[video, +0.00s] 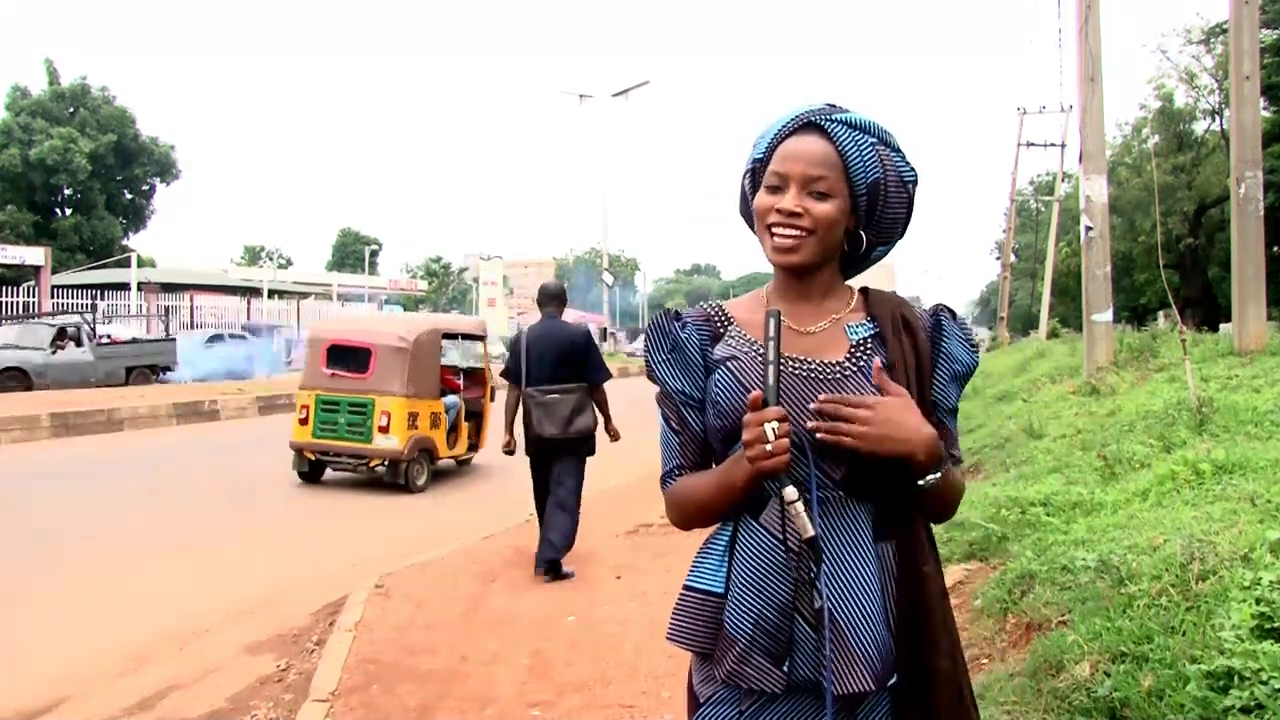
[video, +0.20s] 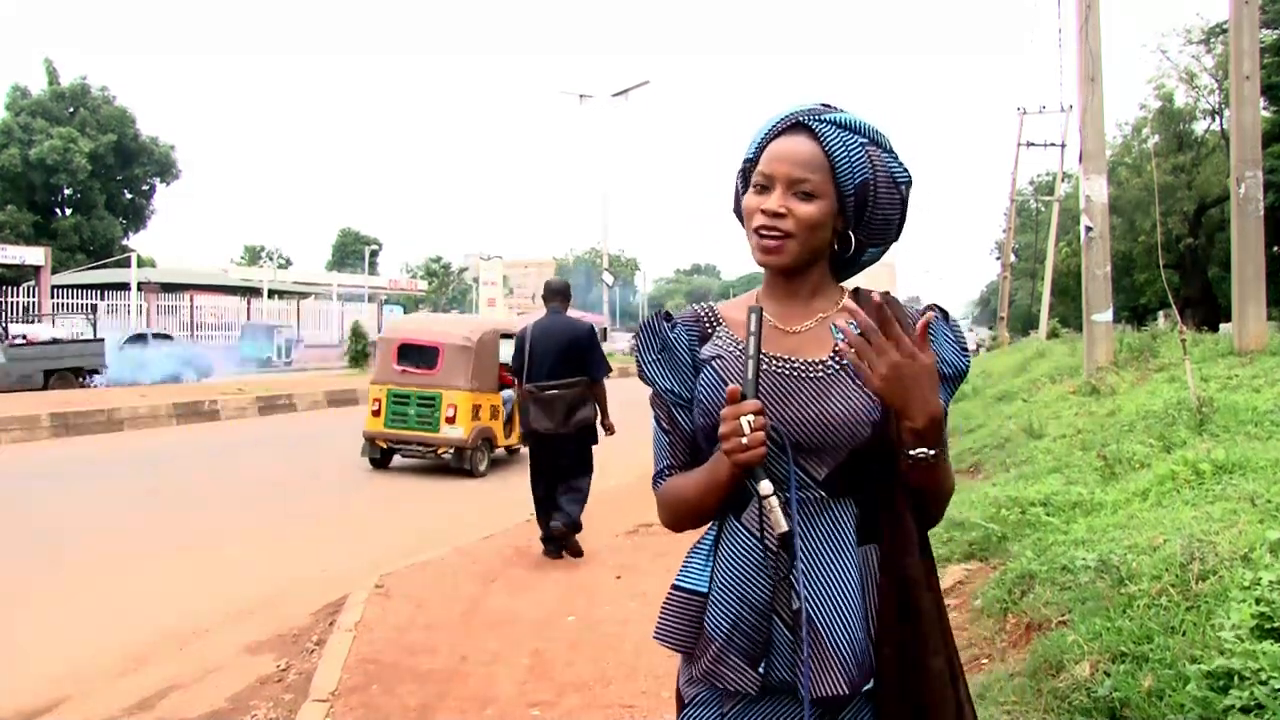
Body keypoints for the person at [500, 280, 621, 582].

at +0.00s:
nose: (557, 307)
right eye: (562, 302)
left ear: (538, 305)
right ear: (565, 304)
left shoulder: (523, 340)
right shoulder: (579, 336)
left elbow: (514, 389)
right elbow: (595, 387)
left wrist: (508, 431)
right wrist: (608, 420)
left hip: (538, 429)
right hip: (575, 428)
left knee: (543, 491)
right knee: (565, 494)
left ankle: (549, 552)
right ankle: (549, 560)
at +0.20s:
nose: (562, 303)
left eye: (554, 298)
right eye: (566, 299)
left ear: (543, 300)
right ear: (569, 300)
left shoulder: (526, 334)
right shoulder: (583, 331)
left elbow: (519, 382)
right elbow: (596, 380)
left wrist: (525, 422)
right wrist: (605, 415)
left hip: (538, 422)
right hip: (576, 421)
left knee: (544, 478)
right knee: (578, 473)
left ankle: (552, 542)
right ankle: (565, 520)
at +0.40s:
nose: (575, 305)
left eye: (567, 300)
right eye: (577, 301)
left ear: (554, 300)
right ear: (578, 302)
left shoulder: (534, 332)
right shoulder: (587, 332)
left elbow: (527, 373)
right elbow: (598, 381)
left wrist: (531, 414)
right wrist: (608, 415)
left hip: (542, 419)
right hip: (580, 418)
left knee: (545, 478)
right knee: (590, 474)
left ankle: (552, 542)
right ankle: (588, 530)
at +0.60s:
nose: (581, 308)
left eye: (575, 304)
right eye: (585, 304)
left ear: (566, 304)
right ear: (589, 306)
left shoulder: (547, 335)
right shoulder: (599, 338)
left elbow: (539, 372)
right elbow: (606, 385)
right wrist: (612, 421)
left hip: (554, 419)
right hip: (589, 418)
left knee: (554, 474)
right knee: (591, 471)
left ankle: (552, 536)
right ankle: (590, 524)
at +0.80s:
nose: (596, 304)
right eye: (599, 299)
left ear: (576, 302)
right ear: (599, 301)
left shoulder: (559, 330)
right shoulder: (611, 330)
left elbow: (548, 365)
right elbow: (621, 374)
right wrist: (629, 406)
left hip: (568, 410)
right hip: (602, 410)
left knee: (574, 456)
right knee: (601, 467)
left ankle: (564, 498)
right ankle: (592, 524)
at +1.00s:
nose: (598, 307)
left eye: (591, 302)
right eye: (602, 302)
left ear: (581, 304)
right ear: (604, 303)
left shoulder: (568, 333)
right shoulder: (614, 330)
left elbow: (560, 376)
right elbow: (625, 372)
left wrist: (556, 412)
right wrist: (629, 406)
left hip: (577, 406)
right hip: (607, 405)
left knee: (582, 459)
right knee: (603, 462)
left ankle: (582, 509)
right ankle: (591, 522)